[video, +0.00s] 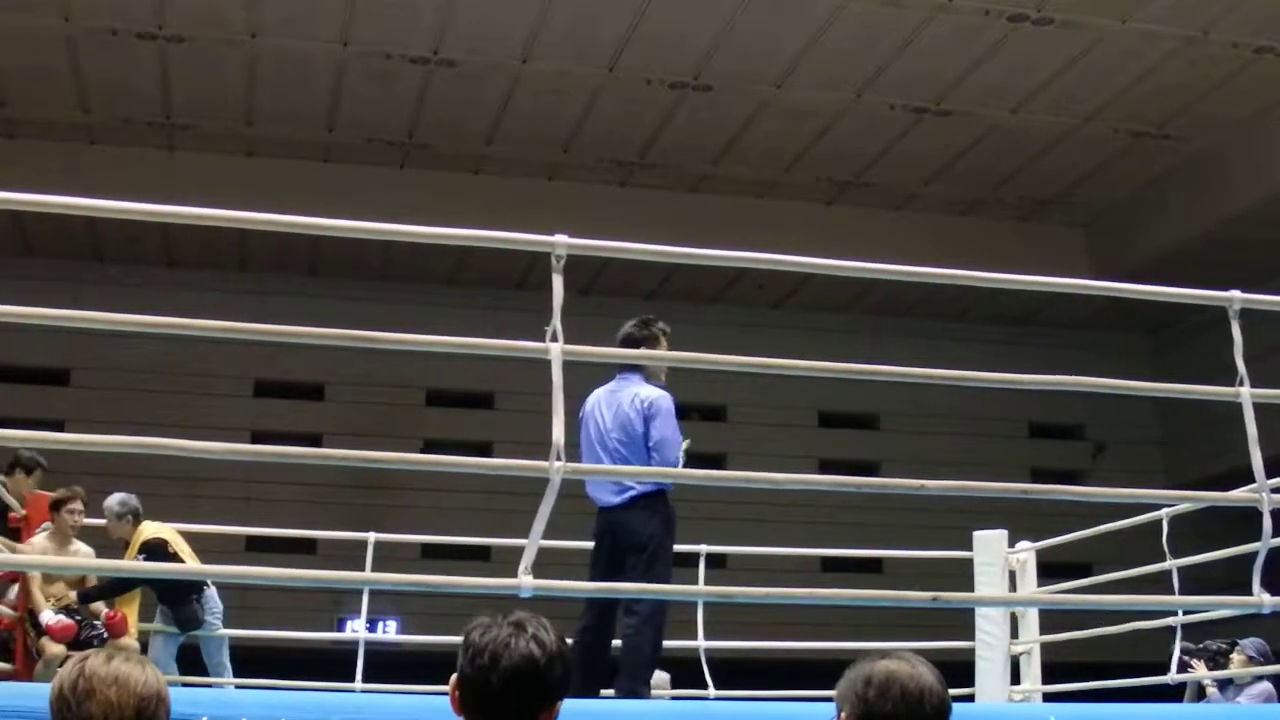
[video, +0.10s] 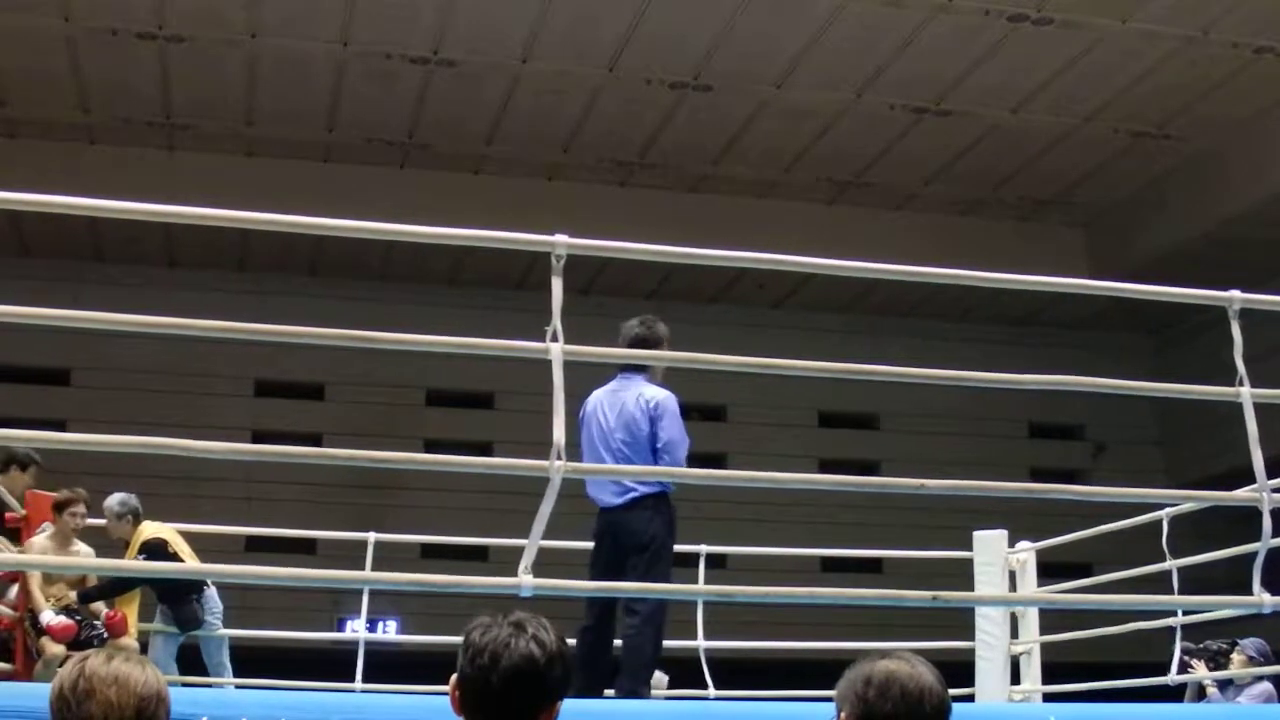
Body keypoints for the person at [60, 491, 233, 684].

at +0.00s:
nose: (106, 525)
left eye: (109, 519)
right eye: (106, 519)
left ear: (127, 520)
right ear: (128, 520)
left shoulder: (154, 542)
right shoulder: (138, 539)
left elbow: (125, 583)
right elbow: (125, 582)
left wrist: (79, 597)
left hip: (202, 600)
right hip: (171, 603)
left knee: (217, 665)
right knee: (160, 660)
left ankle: (230, 712)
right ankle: (175, 708)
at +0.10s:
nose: (106, 525)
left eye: (109, 520)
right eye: (106, 520)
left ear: (128, 520)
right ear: (129, 519)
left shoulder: (154, 543)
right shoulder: (140, 538)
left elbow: (124, 583)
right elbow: (127, 584)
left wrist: (79, 597)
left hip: (202, 600)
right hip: (171, 603)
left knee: (217, 664)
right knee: (160, 660)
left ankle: (230, 712)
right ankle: (173, 709)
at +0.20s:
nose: (107, 524)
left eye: (110, 519)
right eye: (107, 519)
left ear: (129, 520)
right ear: (129, 519)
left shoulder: (154, 542)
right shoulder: (138, 540)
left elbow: (125, 583)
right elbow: (125, 584)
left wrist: (79, 597)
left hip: (201, 600)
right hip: (170, 603)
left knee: (217, 664)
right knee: (160, 660)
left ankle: (230, 712)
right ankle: (174, 709)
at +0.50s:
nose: (116, 522)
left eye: (119, 516)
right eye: (115, 517)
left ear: (138, 514)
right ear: (134, 515)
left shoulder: (162, 537)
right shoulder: (137, 539)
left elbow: (132, 581)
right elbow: (130, 583)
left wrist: (85, 597)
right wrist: (127, 628)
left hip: (201, 600)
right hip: (170, 604)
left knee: (218, 666)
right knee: (158, 660)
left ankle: (230, 711)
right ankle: (176, 709)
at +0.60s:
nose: (117, 522)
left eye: (120, 516)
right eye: (117, 516)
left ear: (140, 514)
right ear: (137, 515)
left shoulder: (164, 537)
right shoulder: (138, 538)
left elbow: (133, 581)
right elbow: (127, 575)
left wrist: (86, 597)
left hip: (202, 601)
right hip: (170, 604)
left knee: (217, 664)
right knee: (159, 660)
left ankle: (229, 710)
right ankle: (176, 710)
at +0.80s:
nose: (119, 521)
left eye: (122, 515)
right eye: (118, 515)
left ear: (141, 513)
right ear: (139, 514)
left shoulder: (165, 539)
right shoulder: (137, 538)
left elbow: (136, 581)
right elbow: (122, 572)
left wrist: (91, 600)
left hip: (201, 601)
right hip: (170, 604)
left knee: (218, 667)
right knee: (158, 659)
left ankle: (233, 719)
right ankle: (174, 713)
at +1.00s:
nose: (123, 514)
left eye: (127, 509)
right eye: (123, 509)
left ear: (148, 509)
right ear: (145, 510)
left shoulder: (170, 534)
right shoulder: (138, 535)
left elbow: (146, 579)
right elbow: (122, 568)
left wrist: (99, 595)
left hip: (201, 600)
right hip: (170, 603)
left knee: (218, 666)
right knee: (157, 658)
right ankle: (174, 711)